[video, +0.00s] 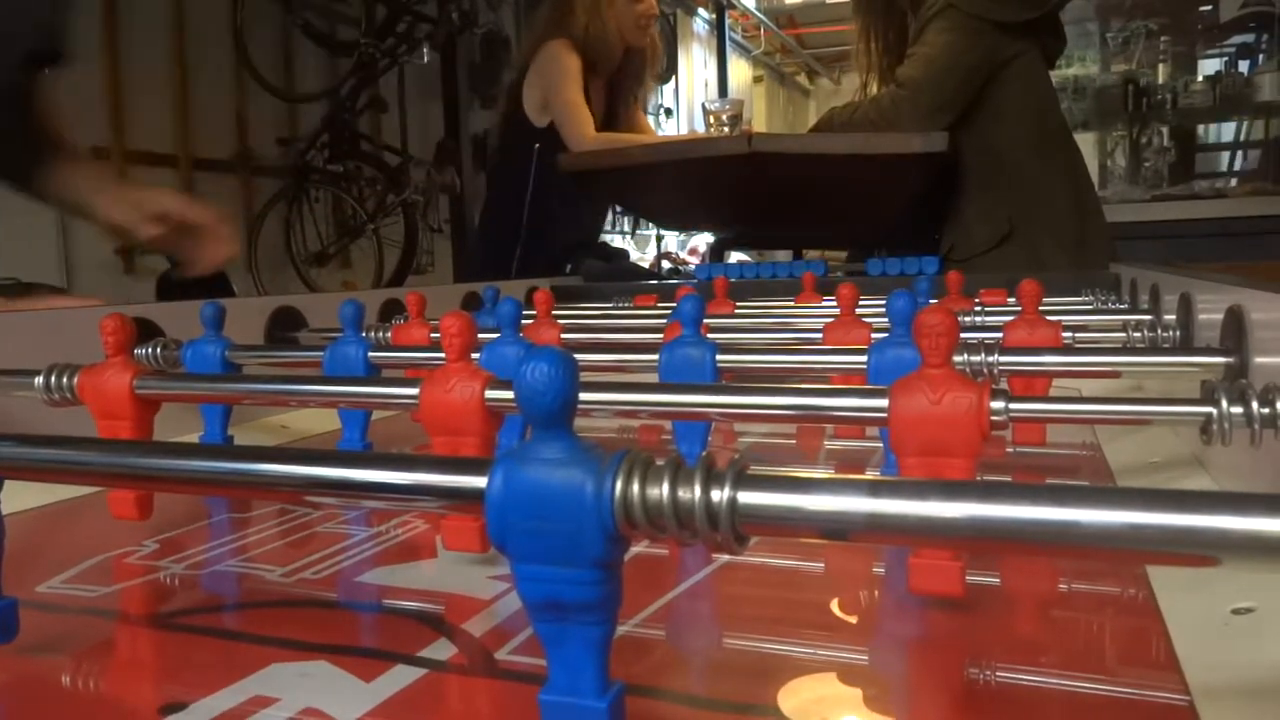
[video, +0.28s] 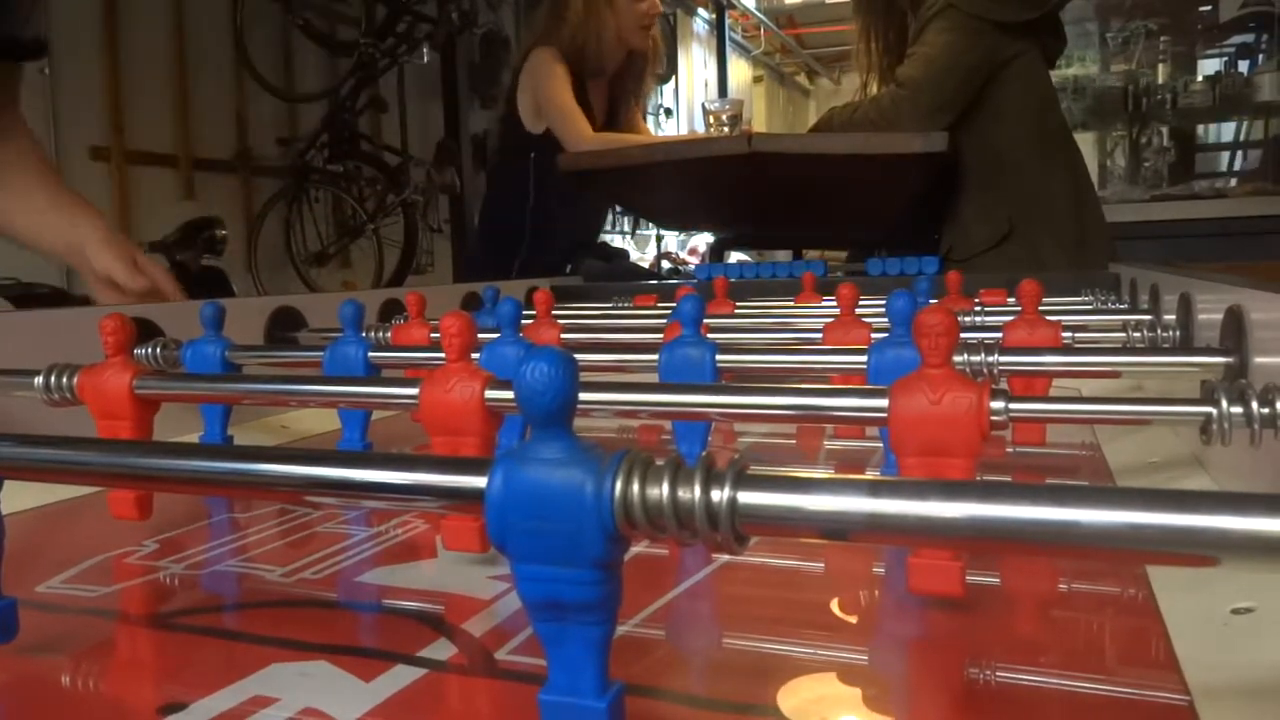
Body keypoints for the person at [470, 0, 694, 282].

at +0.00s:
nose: (654, 9)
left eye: (653, 0)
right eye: (638, 0)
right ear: (602, 5)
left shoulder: (612, 73)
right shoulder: (559, 56)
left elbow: (648, 145)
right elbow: (583, 143)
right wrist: (671, 147)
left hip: (570, 249)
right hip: (520, 254)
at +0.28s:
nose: (657, 8)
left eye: (655, 1)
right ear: (599, 7)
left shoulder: (615, 78)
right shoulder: (545, 63)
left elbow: (646, 151)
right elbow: (582, 144)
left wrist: (701, 146)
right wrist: (682, 147)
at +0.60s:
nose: (661, 11)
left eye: (660, 2)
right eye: (646, 1)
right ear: (604, 7)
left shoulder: (615, 78)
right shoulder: (542, 61)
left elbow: (647, 150)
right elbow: (581, 144)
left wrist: (698, 145)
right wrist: (682, 146)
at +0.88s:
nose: (671, 9)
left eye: (669, 1)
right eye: (656, 0)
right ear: (615, 7)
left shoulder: (625, 78)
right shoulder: (550, 59)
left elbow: (650, 150)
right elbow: (581, 143)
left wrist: (703, 147)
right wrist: (676, 147)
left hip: (581, 250)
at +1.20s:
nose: (667, 9)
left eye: (666, 2)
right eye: (652, 0)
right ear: (610, 7)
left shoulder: (620, 81)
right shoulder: (549, 60)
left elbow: (651, 151)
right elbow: (581, 143)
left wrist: (701, 146)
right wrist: (678, 147)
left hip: (580, 250)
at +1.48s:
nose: (661, 8)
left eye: (658, 1)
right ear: (603, 5)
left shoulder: (617, 80)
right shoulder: (544, 59)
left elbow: (651, 150)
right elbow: (581, 142)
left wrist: (703, 145)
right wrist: (678, 145)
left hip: (580, 250)